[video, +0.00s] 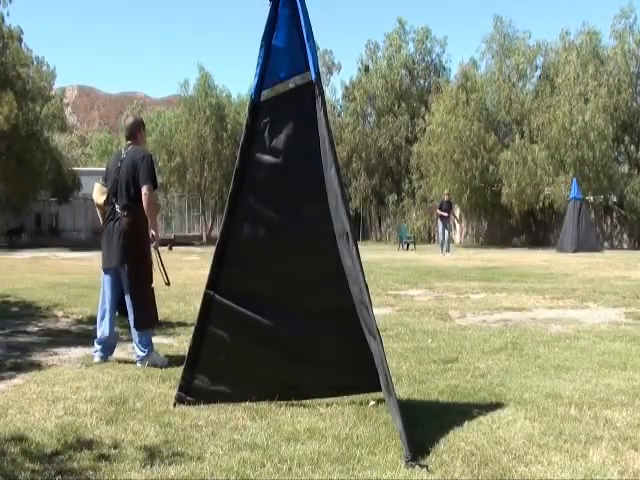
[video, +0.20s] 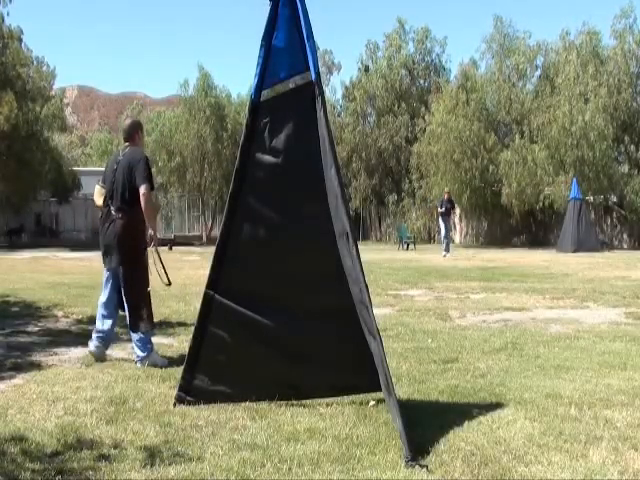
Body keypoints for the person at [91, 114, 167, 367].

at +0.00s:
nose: (146, 136)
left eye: (144, 132)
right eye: (145, 132)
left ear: (126, 134)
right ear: (140, 133)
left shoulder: (114, 158)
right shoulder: (143, 156)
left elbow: (99, 194)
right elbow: (147, 194)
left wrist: (106, 223)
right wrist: (154, 227)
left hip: (111, 228)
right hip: (133, 228)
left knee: (109, 292)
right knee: (137, 291)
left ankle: (101, 348)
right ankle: (144, 351)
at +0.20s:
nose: (144, 138)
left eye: (142, 133)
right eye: (143, 134)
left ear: (124, 136)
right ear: (138, 135)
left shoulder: (114, 158)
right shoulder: (139, 157)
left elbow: (98, 196)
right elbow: (145, 195)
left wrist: (117, 211)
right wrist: (152, 227)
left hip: (109, 224)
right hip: (129, 226)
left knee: (111, 285)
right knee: (136, 288)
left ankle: (98, 343)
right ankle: (144, 351)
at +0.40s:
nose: (140, 138)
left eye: (138, 135)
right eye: (139, 134)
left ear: (119, 138)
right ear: (134, 136)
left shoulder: (112, 160)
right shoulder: (128, 152)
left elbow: (110, 200)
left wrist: (140, 214)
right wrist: (167, 149)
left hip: (100, 236)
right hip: (119, 237)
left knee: (104, 292)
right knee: (138, 289)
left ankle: (95, 347)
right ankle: (143, 350)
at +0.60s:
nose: (144, 151)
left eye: (141, 148)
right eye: (143, 148)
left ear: (123, 148)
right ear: (139, 149)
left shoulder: (112, 164)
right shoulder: (141, 168)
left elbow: (90, 184)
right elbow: (167, 181)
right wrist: (177, 156)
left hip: (92, 224)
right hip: (111, 229)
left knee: (94, 285)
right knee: (122, 284)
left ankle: (94, 346)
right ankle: (126, 350)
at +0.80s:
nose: (140, 158)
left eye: (138, 154)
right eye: (139, 154)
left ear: (119, 154)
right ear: (133, 155)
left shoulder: (102, 168)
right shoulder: (135, 182)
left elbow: (75, 193)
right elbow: (137, 224)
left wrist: (88, 219)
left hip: (90, 230)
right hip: (112, 236)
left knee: (95, 289)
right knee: (127, 290)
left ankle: (89, 346)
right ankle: (127, 351)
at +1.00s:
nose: (123, 141)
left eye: (122, 137)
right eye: (122, 138)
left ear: (102, 138)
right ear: (115, 138)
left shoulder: (86, 158)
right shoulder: (117, 161)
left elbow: (67, 193)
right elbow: (135, 192)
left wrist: (83, 206)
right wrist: (139, 207)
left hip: (77, 226)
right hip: (98, 229)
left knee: (80, 289)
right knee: (110, 290)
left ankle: (68, 349)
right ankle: (130, 351)